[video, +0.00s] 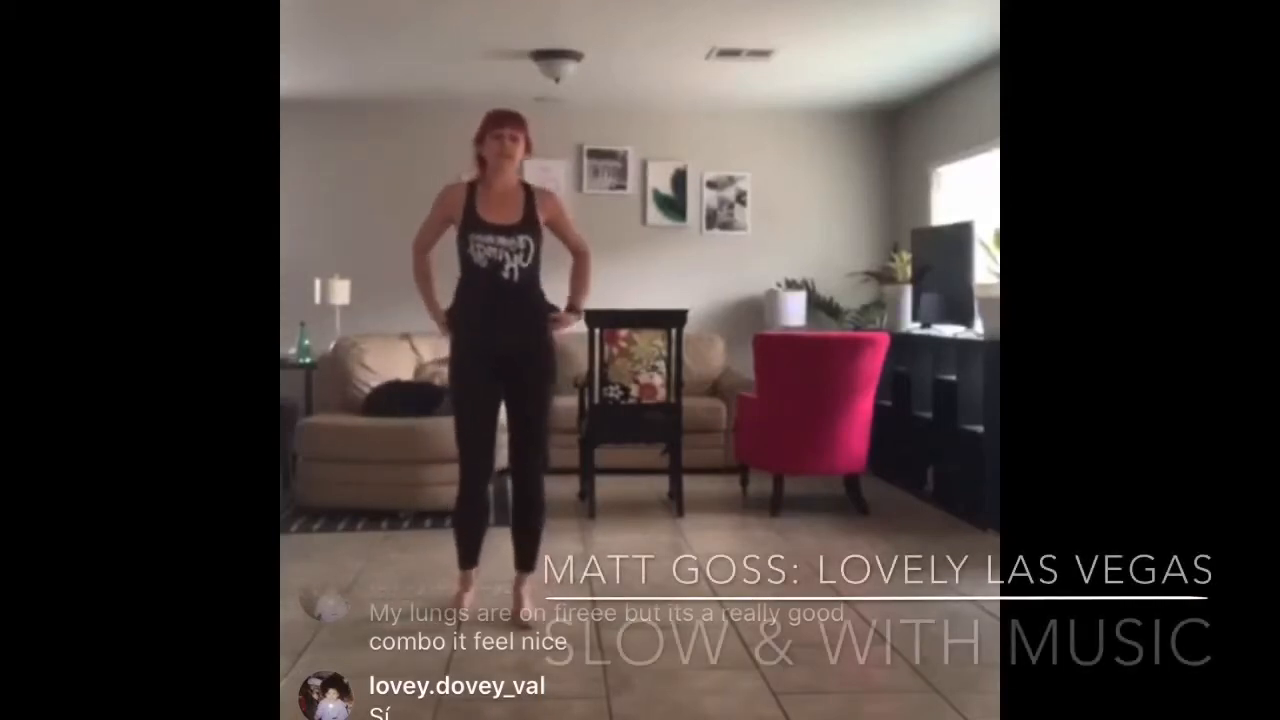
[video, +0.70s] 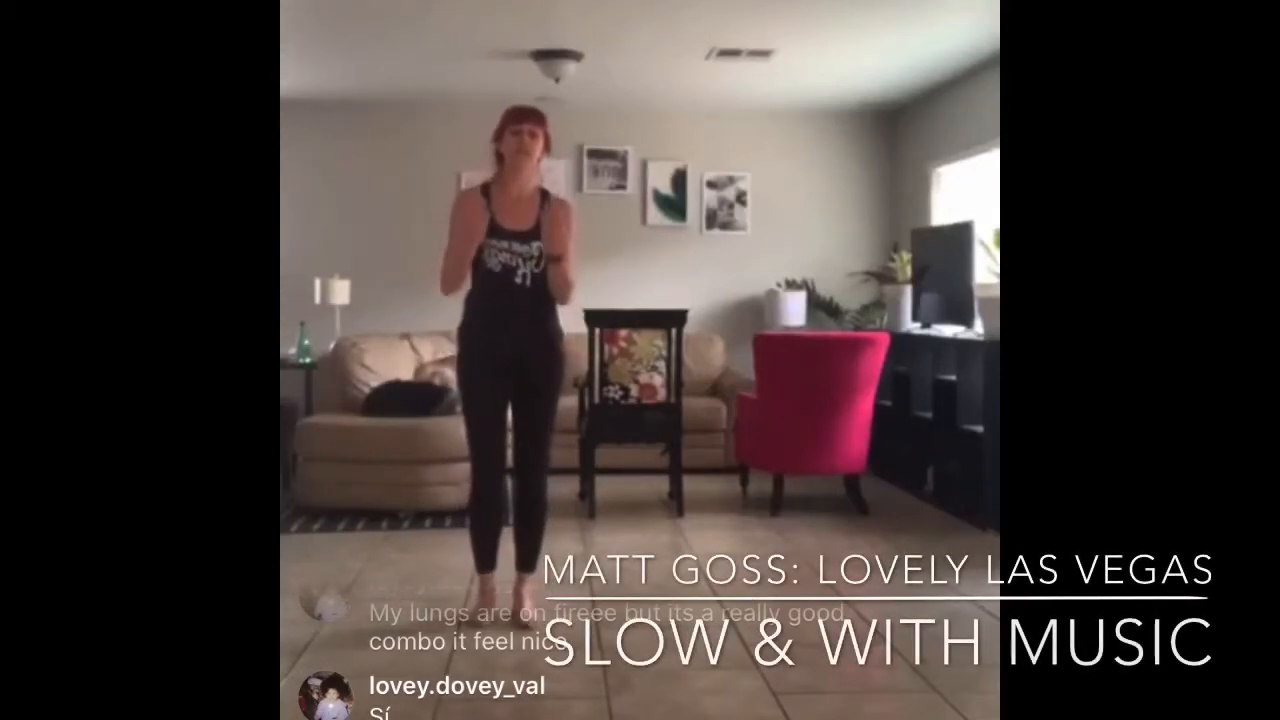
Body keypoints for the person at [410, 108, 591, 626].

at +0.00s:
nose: (504, 145)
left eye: (513, 139)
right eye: (496, 137)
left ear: (525, 151)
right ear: (480, 147)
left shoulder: (543, 203)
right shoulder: (457, 198)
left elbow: (581, 251)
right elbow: (422, 249)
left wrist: (573, 310)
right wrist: (438, 313)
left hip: (530, 336)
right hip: (473, 334)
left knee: (528, 464)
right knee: (475, 465)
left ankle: (525, 581)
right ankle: (467, 578)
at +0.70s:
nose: (524, 142)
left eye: (532, 136)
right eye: (515, 134)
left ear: (545, 150)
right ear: (498, 144)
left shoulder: (557, 209)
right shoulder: (472, 202)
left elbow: (564, 293)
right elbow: (450, 282)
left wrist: (558, 266)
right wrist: (472, 237)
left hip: (539, 345)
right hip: (483, 343)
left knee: (532, 467)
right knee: (487, 466)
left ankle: (527, 582)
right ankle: (486, 583)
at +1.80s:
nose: (497, 96)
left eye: (508, 88)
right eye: (489, 86)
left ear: (523, 97)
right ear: (473, 94)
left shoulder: (533, 148)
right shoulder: (458, 144)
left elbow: (543, 65)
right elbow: (445, 59)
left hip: (519, 299)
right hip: (460, 298)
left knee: (523, 429)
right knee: (468, 429)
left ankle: (527, 554)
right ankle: (471, 556)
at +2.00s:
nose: (491, 160)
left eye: (499, 153)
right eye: (482, 153)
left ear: (512, 166)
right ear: (463, 165)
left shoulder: (526, 217)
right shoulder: (444, 217)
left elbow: (584, 177)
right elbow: (425, 162)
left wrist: (550, 118)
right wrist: (456, 98)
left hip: (513, 362)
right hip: (455, 361)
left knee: (516, 479)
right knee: (450, 479)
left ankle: (503, 593)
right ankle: (477, 586)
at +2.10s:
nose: (473, 166)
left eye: (484, 158)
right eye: (463, 158)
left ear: (501, 167)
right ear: (449, 166)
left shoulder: (516, 223)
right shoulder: (433, 216)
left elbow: (587, 242)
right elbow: (435, 233)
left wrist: (573, 184)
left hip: (510, 370)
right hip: (451, 370)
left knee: (512, 485)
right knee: (420, 489)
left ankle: (501, 599)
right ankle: (463, 584)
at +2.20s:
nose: (468, 161)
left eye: (478, 155)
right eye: (459, 153)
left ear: (494, 167)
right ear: (441, 163)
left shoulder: (504, 221)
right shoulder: (420, 213)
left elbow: (560, 281)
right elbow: (432, 262)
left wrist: (601, 228)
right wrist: (496, 222)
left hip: (502, 364)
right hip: (442, 365)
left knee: (508, 483)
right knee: (392, 480)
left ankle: (500, 601)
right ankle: (427, 583)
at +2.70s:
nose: (393, 147)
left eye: (404, 139)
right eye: (384, 138)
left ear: (418, 151)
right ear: (368, 147)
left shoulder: (430, 217)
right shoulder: (340, 202)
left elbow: (458, 279)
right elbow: (283, 210)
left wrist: (389, 296)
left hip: (403, 366)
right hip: (338, 364)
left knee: (492, 453)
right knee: (333, 481)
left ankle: (495, 578)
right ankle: (325, 597)